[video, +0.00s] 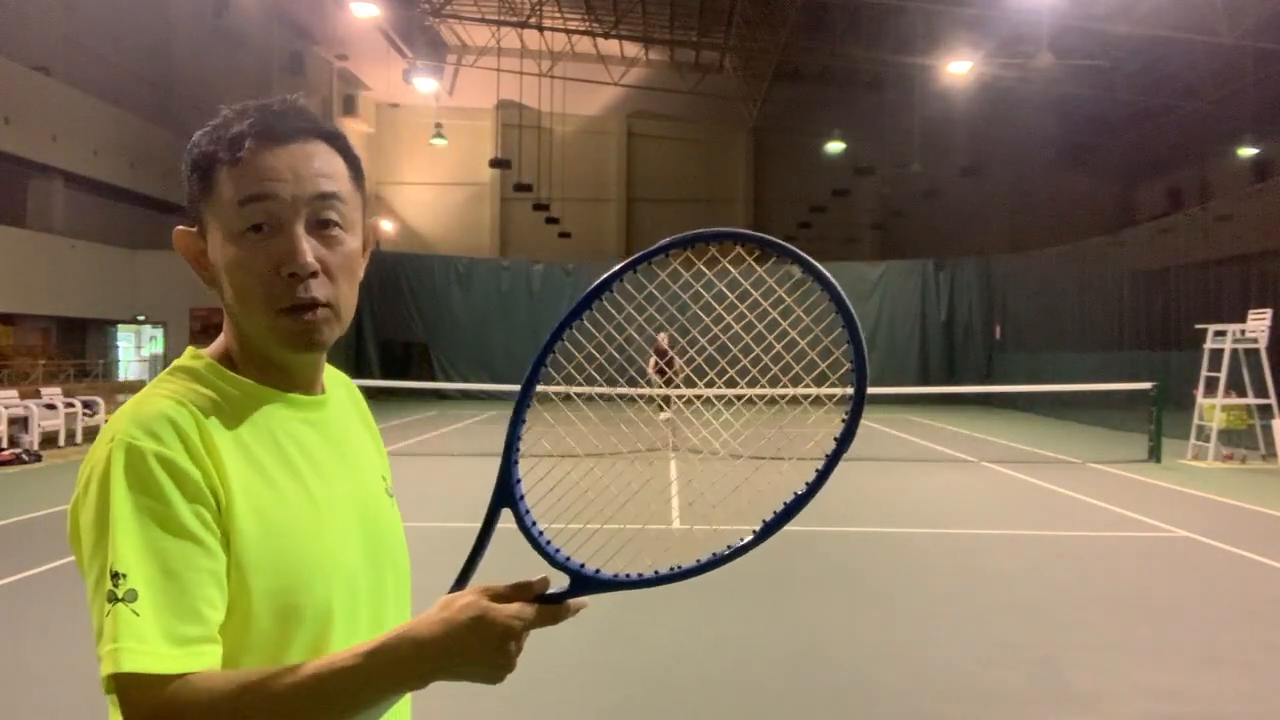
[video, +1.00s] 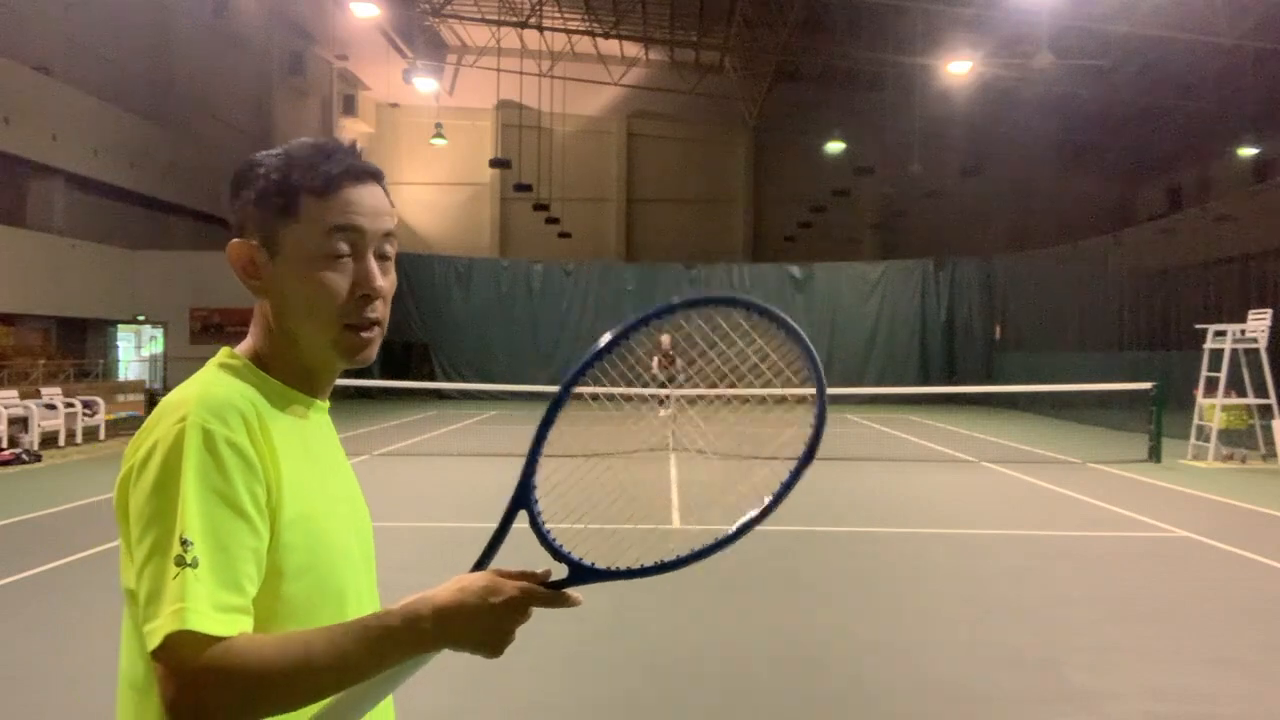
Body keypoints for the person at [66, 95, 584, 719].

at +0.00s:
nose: (302, 259)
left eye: (327, 223)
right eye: (258, 227)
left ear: (366, 243)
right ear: (202, 258)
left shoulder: (344, 404)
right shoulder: (154, 440)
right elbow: (155, 700)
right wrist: (415, 655)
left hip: (374, 708)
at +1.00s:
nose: (376, 283)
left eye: (386, 253)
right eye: (340, 252)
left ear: (397, 256)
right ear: (253, 266)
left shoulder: (301, 417)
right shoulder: (207, 425)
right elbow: (193, 684)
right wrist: (428, 622)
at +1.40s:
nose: (457, 298)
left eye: (458, 277)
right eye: (457, 277)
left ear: (343, 285)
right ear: (437, 285)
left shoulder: (282, 396)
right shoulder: (367, 409)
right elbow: (321, 637)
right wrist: (471, 712)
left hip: (247, 705)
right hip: (328, 709)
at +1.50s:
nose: (478, 309)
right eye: (480, 291)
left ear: (357, 290)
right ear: (468, 294)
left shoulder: (286, 407)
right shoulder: (425, 411)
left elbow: (246, 592)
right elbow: (390, 628)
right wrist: (482, 713)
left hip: (260, 707)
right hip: (364, 709)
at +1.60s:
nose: (503, 313)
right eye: (506, 299)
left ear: (391, 302)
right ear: (499, 303)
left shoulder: (315, 409)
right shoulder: (480, 420)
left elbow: (263, 595)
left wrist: (324, 681)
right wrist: (526, 713)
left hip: (298, 709)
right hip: (420, 709)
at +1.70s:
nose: (541, 315)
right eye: (543, 301)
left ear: (430, 306)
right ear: (537, 307)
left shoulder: (355, 410)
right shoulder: (538, 432)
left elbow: (296, 591)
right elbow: (538, 628)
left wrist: (345, 687)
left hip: (344, 708)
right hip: (474, 707)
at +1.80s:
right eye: (578, 302)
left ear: (470, 306)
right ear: (571, 304)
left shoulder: (392, 399)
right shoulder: (588, 428)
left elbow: (335, 577)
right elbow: (605, 614)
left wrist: (387, 680)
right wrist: (633, 711)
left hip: (386, 707)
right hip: (518, 708)